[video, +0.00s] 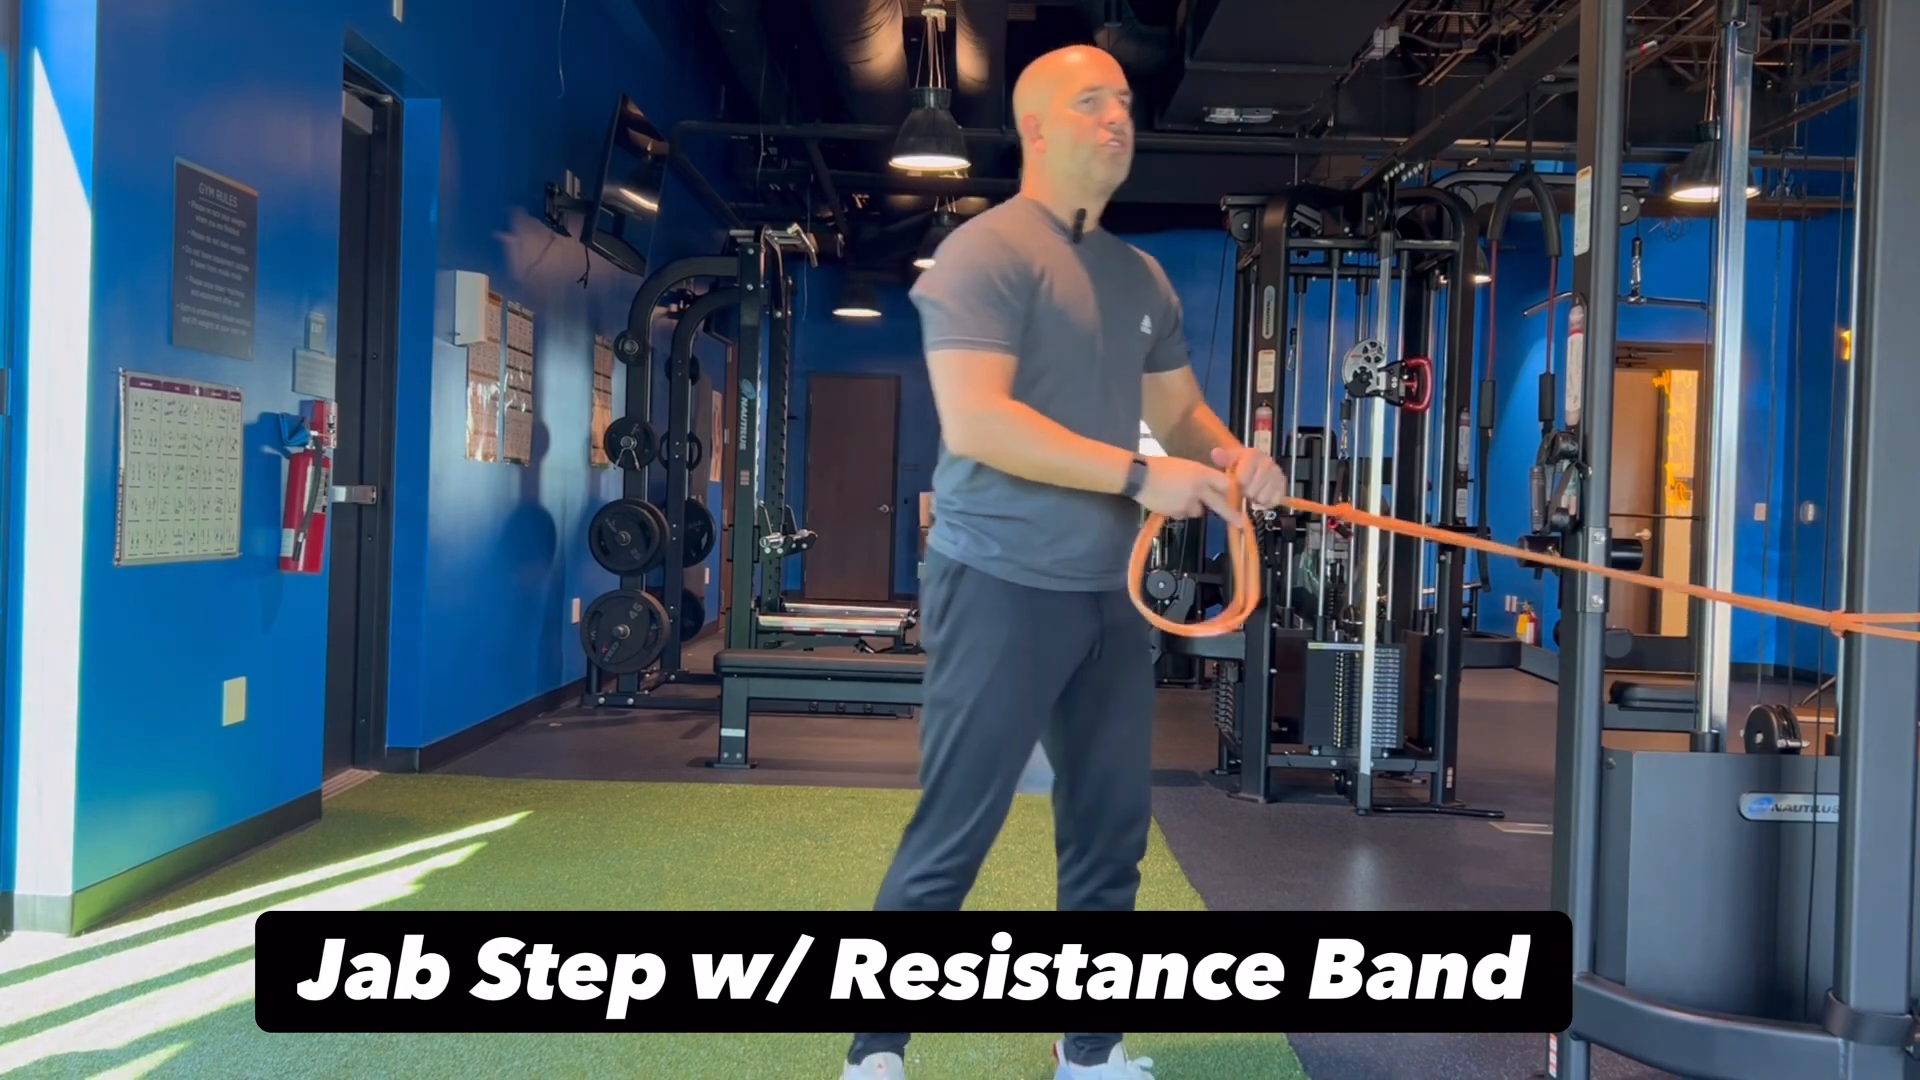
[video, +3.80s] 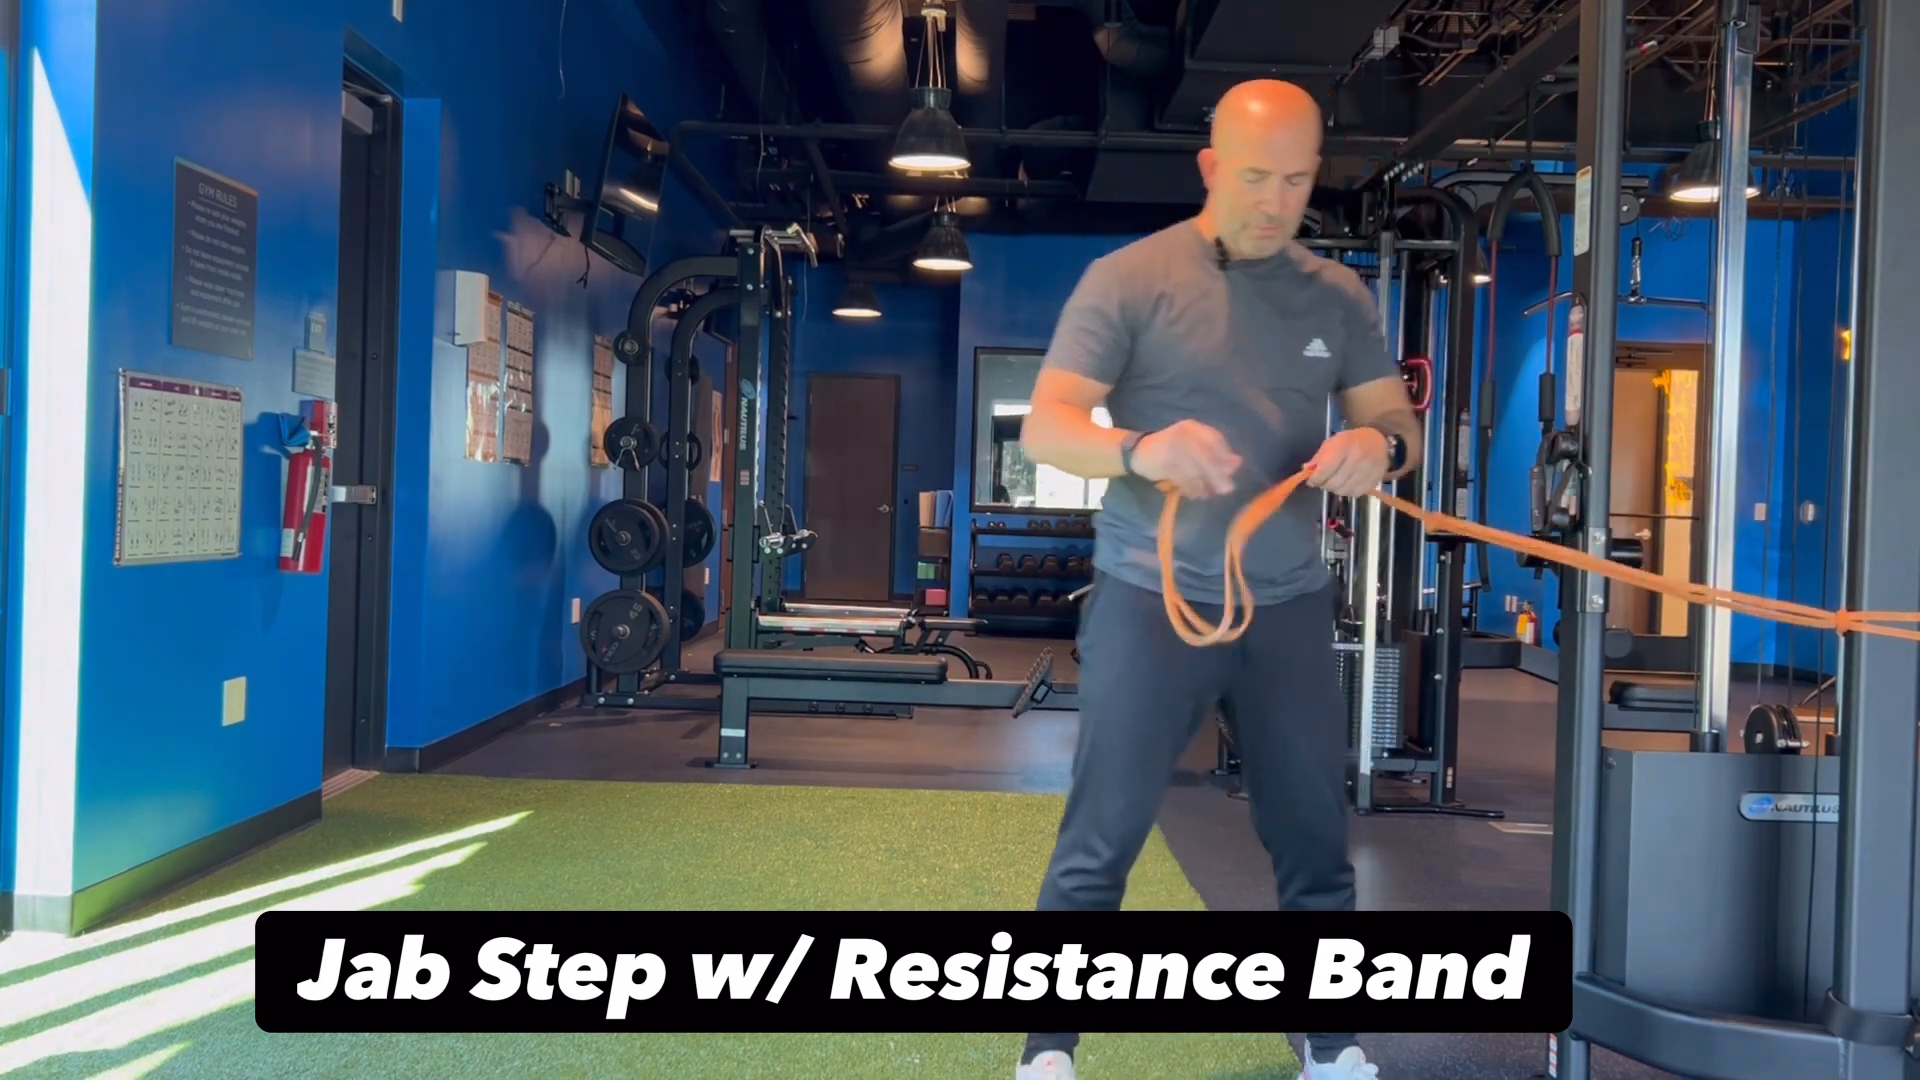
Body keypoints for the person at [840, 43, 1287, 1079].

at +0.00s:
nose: (1122, 118)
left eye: (1128, 104)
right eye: (1095, 101)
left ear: (1132, 134)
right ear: (1037, 127)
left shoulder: (1140, 277)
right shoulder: (981, 252)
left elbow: (1179, 412)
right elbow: (973, 422)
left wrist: (1231, 455)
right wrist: (1135, 471)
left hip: (1110, 592)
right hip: (997, 584)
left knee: (1109, 836)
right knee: (955, 831)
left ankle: (1089, 1051)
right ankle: (877, 1045)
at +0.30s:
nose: (1198, 127)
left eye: (1207, 111)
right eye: (1172, 109)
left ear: (1216, 137)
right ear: (1117, 132)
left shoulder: (1215, 282)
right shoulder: (1069, 248)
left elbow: (1229, 420)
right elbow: (1053, 417)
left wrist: (1268, 440)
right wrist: (1209, 475)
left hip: (1170, 578)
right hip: (1071, 563)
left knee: (1152, 822)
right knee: (1105, 810)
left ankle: (1089, 1048)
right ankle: (963, 1019)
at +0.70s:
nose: (1300, 153)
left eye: (1298, 132)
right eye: (1288, 130)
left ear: (1230, 140)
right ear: (1221, 135)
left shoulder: (1262, 284)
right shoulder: (1119, 251)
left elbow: (1272, 440)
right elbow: (1074, 420)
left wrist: (1286, 553)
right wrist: (1253, 448)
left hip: (1245, 589)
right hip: (1134, 588)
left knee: (1304, 815)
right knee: (1128, 851)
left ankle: (1178, 1011)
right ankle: (1089, 1057)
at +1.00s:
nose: (1389, 175)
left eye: (1389, 154)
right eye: (1374, 152)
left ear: (1316, 159)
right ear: (1304, 155)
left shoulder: (1366, 299)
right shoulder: (1177, 270)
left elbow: (1387, 429)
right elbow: (1090, 417)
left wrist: (1421, 451)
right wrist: (1224, 418)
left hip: (1327, 609)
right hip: (1199, 601)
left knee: (1339, 850)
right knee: (1167, 851)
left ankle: (1329, 1051)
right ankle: (1100, 1059)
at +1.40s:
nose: (1484, 201)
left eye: (1489, 180)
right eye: (1474, 177)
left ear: (1413, 178)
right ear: (1402, 171)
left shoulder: (1458, 311)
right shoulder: (1249, 263)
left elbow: (1505, 438)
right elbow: (1151, 391)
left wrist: (1577, 501)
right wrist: (1215, 410)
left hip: (1379, 610)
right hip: (1239, 601)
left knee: (1351, 847)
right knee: (1197, 839)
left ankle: (1331, 1046)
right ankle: (1162, 1042)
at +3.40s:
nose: (1439, 211)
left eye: (1462, 194)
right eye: (1425, 183)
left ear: (1480, 197)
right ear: (1379, 165)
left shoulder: (1474, 322)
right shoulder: (1268, 262)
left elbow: (1524, 458)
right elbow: (1165, 389)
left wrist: (1515, 493)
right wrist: (1232, 413)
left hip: (1382, 606)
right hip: (1242, 589)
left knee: (1360, 844)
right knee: (1196, 809)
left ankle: (1329, 1038)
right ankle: (1132, 1024)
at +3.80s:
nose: (1276, 201)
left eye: (1295, 181)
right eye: (1255, 176)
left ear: (1314, 179)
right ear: (1209, 167)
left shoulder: (1340, 297)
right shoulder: (1130, 279)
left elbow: (1389, 427)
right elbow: (1048, 425)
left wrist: (1374, 441)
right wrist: (1138, 448)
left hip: (1291, 605)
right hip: (1148, 600)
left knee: (1316, 844)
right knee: (1101, 839)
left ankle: (1330, 1047)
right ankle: (1049, 1046)